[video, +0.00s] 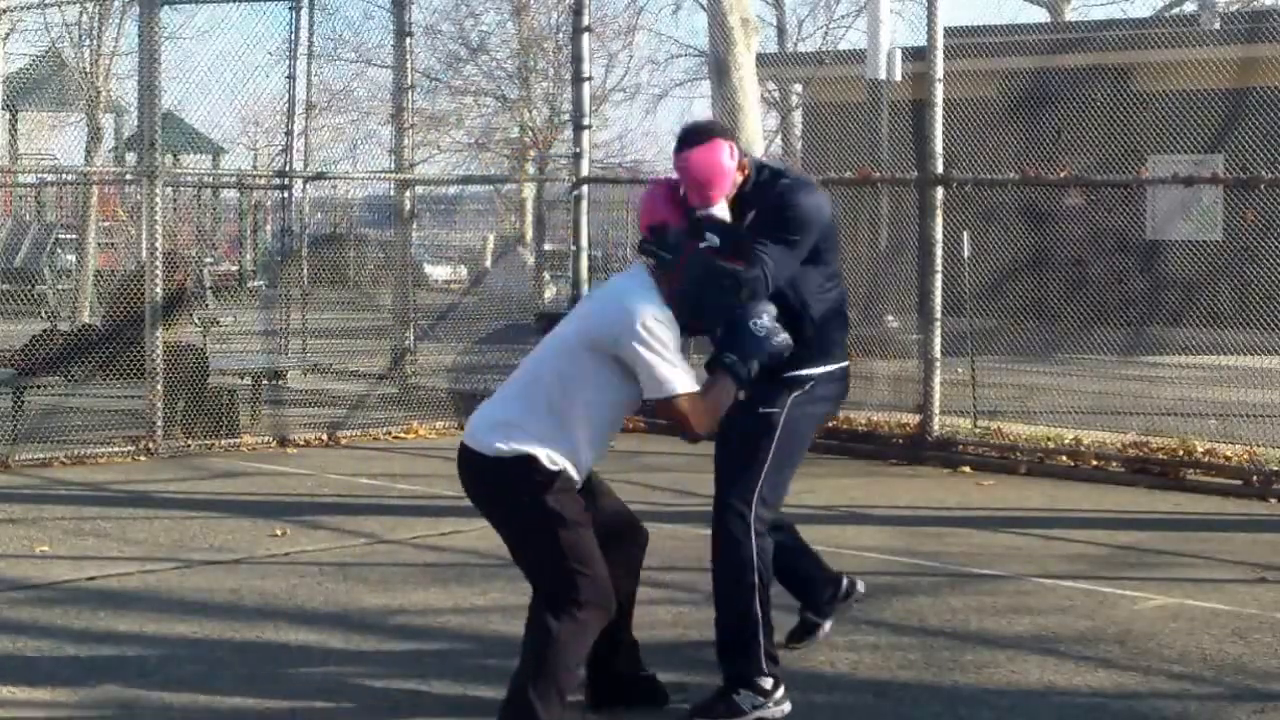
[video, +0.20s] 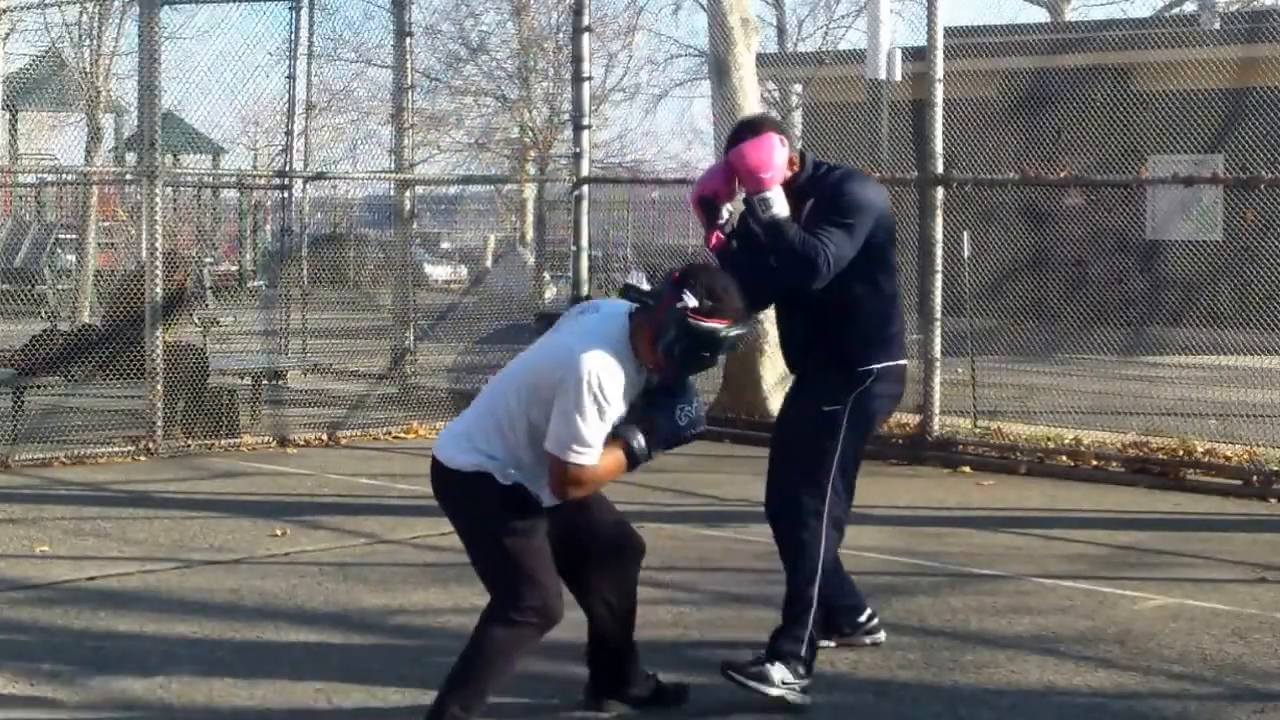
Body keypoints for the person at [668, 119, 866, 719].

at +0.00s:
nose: (711, 209)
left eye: (715, 196)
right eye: (701, 201)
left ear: (738, 167)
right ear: (685, 183)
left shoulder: (798, 202)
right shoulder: (728, 198)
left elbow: (755, 283)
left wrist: (706, 239)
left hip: (806, 375)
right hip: (755, 374)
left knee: (742, 515)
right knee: (742, 504)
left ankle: (756, 683)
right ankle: (823, 589)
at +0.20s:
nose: (752, 190)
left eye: (757, 179)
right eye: (744, 184)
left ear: (786, 163)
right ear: (751, 180)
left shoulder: (855, 195)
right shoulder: (777, 207)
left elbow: (813, 268)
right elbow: (743, 291)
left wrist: (769, 204)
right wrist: (717, 226)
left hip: (860, 374)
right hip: (816, 374)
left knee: (812, 507)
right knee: (784, 504)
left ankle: (791, 661)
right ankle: (849, 612)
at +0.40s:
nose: (793, 160)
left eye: (797, 148)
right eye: (787, 154)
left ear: (826, 130)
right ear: (815, 140)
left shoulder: (884, 158)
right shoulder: (834, 177)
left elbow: (850, 231)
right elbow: (793, 260)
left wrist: (805, 171)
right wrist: (755, 206)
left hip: (908, 346)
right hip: (884, 348)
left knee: (840, 492)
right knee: (861, 483)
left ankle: (877, 646)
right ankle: (914, 593)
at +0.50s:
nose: (830, 170)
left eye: (834, 158)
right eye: (822, 161)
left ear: (864, 144)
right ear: (831, 156)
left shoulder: (912, 179)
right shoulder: (856, 196)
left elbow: (897, 259)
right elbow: (827, 281)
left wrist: (842, 201)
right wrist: (791, 230)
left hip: (923, 367)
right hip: (907, 367)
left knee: (843, 496)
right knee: (913, 492)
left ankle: (875, 650)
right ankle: (991, 608)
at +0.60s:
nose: (845, 167)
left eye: (851, 155)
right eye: (838, 157)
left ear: (882, 140)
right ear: (838, 150)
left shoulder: (939, 182)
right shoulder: (866, 185)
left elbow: (947, 276)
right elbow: (850, 284)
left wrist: (867, 238)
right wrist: (817, 241)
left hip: (941, 360)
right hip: (914, 359)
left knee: (859, 481)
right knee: (921, 491)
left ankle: (879, 640)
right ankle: (988, 620)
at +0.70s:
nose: (857, 155)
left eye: (864, 144)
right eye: (850, 147)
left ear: (895, 129)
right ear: (850, 143)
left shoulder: (949, 172)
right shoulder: (878, 177)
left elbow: (950, 263)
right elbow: (849, 267)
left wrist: (883, 208)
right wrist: (813, 215)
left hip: (946, 353)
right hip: (916, 353)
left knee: (884, 493)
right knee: (935, 494)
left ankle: (885, 649)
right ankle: (988, 621)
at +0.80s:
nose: (867, 161)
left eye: (874, 149)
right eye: (859, 153)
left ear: (901, 135)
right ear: (861, 149)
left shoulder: (955, 174)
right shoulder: (888, 182)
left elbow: (930, 256)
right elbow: (837, 255)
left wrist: (881, 191)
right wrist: (810, 198)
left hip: (954, 363)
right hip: (926, 363)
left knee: (913, 506)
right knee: (927, 494)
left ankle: (898, 674)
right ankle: (987, 616)